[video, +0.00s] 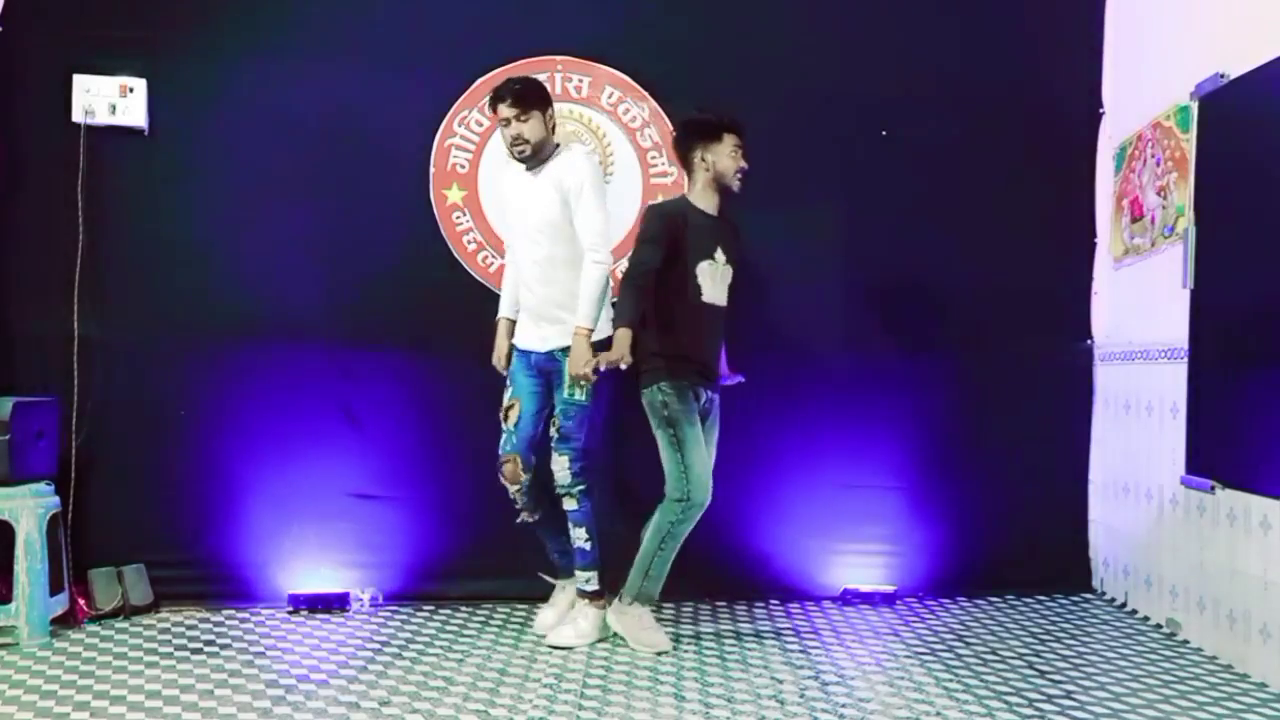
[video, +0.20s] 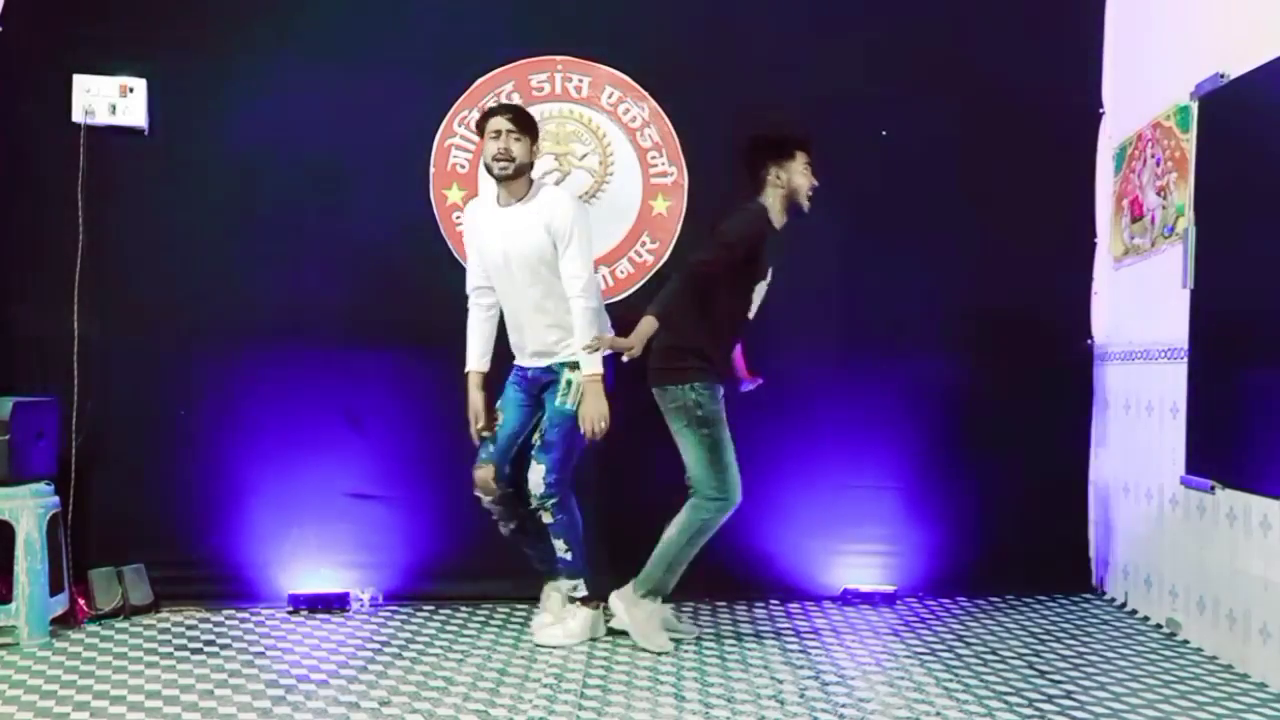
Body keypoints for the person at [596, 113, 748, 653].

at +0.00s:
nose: (743, 162)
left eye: (742, 153)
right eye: (734, 152)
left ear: (717, 161)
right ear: (701, 157)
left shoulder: (727, 230)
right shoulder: (664, 216)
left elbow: (714, 302)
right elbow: (636, 279)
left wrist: (721, 361)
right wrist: (622, 334)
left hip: (707, 380)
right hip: (665, 374)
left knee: (688, 495)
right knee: (692, 492)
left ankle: (636, 602)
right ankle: (632, 604)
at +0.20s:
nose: (813, 180)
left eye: (811, 170)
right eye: (806, 168)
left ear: (779, 176)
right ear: (776, 174)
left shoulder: (760, 230)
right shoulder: (750, 223)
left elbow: (724, 306)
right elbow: (690, 271)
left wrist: (738, 367)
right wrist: (639, 336)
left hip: (698, 373)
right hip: (685, 374)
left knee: (713, 491)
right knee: (719, 493)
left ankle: (649, 599)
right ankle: (639, 597)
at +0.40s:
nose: (881, 203)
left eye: (880, 192)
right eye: (874, 191)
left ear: (844, 198)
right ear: (845, 195)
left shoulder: (817, 242)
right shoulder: (811, 240)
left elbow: (756, 297)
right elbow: (749, 289)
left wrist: (700, 354)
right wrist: (703, 352)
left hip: (744, 378)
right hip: (734, 381)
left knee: (787, 480)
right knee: (762, 502)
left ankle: (701, 576)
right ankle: (711, 622)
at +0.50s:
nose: (909, 205)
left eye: (908, 195)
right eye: (903, 194)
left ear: (871, 201)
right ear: (876, 199)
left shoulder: (842, 241)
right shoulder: (845, 242)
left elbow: (783, 295)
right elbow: (787, 290)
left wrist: (738, 357)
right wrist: (748, 359)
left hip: (771, 376)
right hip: (767, 379)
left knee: (807, 491)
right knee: (801, 493)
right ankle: (722, 608)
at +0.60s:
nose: (935, 202)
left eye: (933, 192)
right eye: (928, 191)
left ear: (901, 198)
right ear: (901, 196)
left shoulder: (870, 243)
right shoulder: (869, 241)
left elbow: (816, 300)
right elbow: (814, 292)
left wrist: (779, 366)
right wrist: (786, 362)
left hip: (792, 380)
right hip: (804, 381)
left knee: (830, 493)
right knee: (857, 490)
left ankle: (799, 610)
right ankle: (785, 599)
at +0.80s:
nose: (975, 199)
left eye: (972, 189)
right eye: (969, 189)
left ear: (940, 196)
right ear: (942, 195)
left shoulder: (912, 239)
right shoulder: (915, 241)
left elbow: (859, 294)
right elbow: (864, 292)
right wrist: (840, 363)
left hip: (864, 382)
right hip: (853, 385)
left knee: (910, 480)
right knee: (888, 504)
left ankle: (877, 606)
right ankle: (822, 620)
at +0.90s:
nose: (999, 196)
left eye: (996, 186)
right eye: (993, 186)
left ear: (962, 193)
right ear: (967, 191)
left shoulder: (927, 235)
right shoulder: (940, 238)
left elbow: (888, 300)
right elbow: (892, 295)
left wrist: (872, 368)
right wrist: (872, 366)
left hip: (877, 384)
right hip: (891, 386)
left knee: (921, 496)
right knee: (941, 496)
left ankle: (903, 617)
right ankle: (855, 593)